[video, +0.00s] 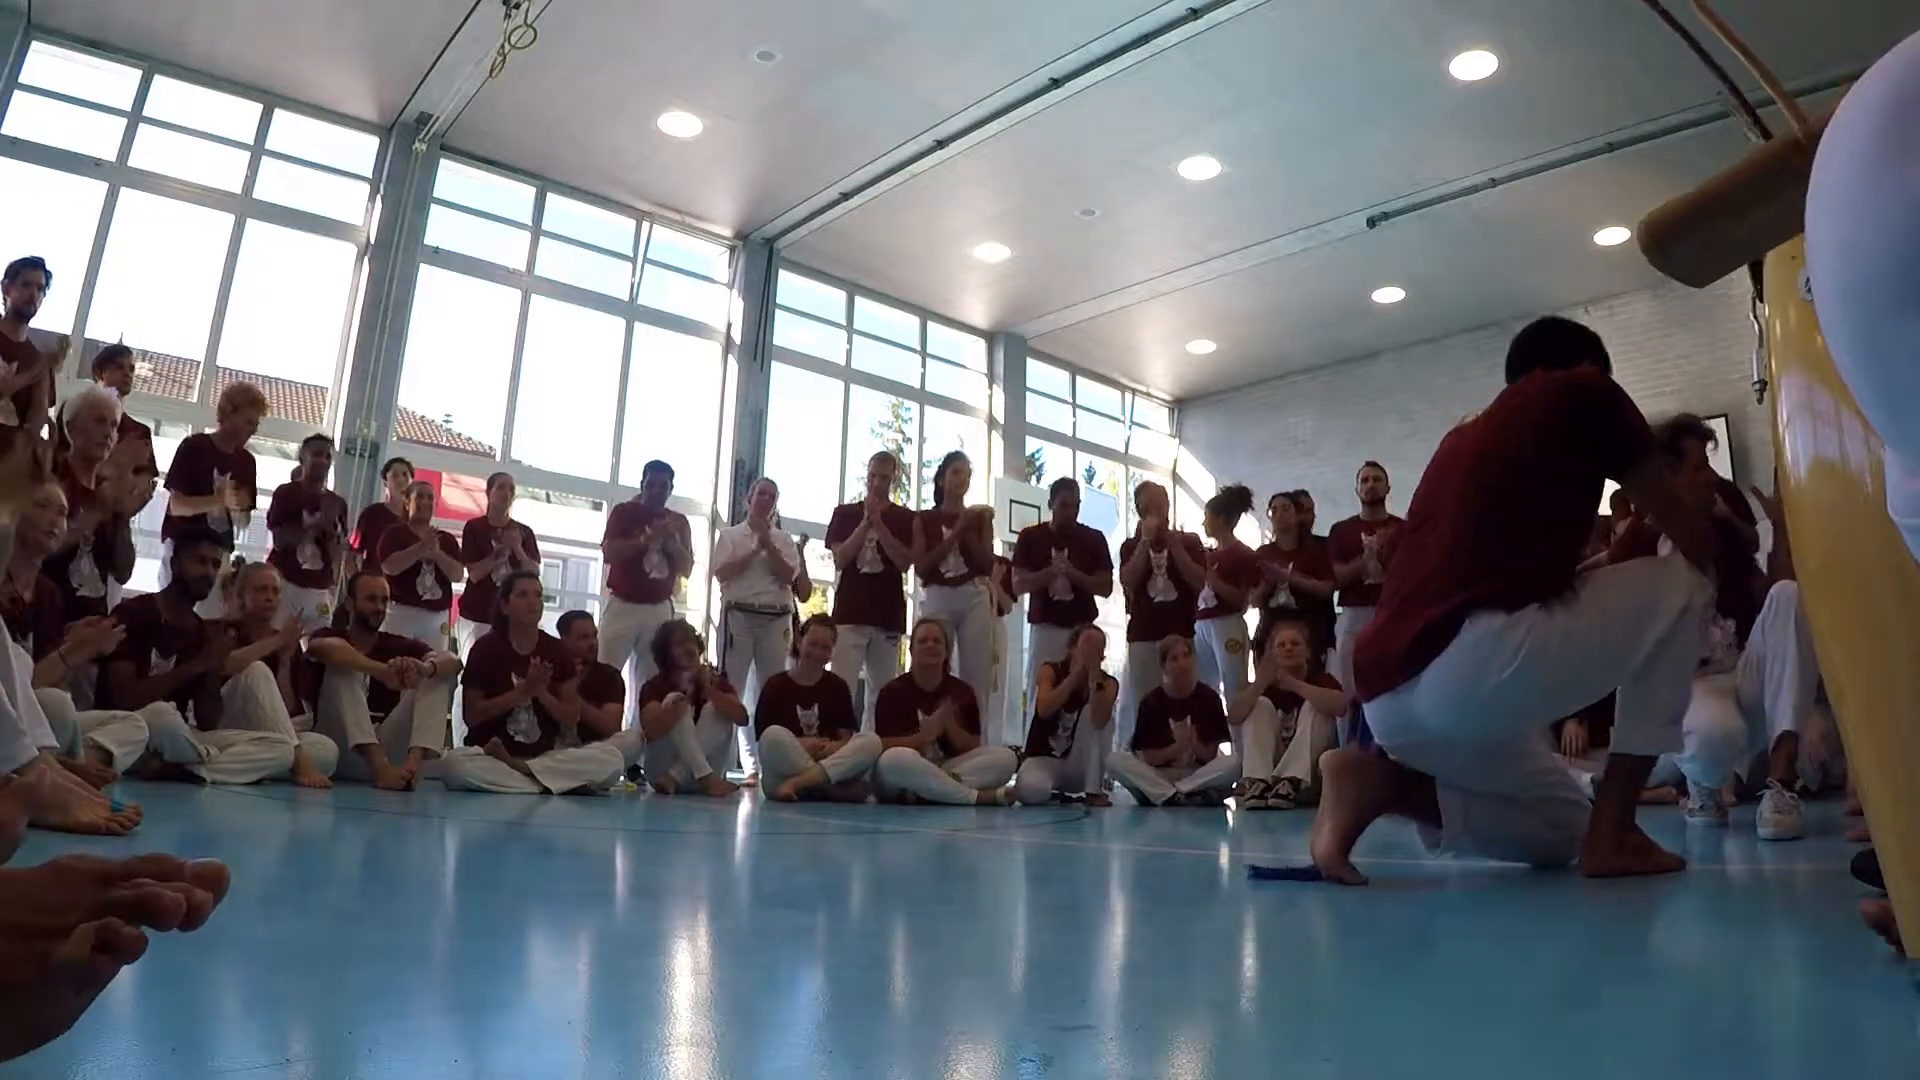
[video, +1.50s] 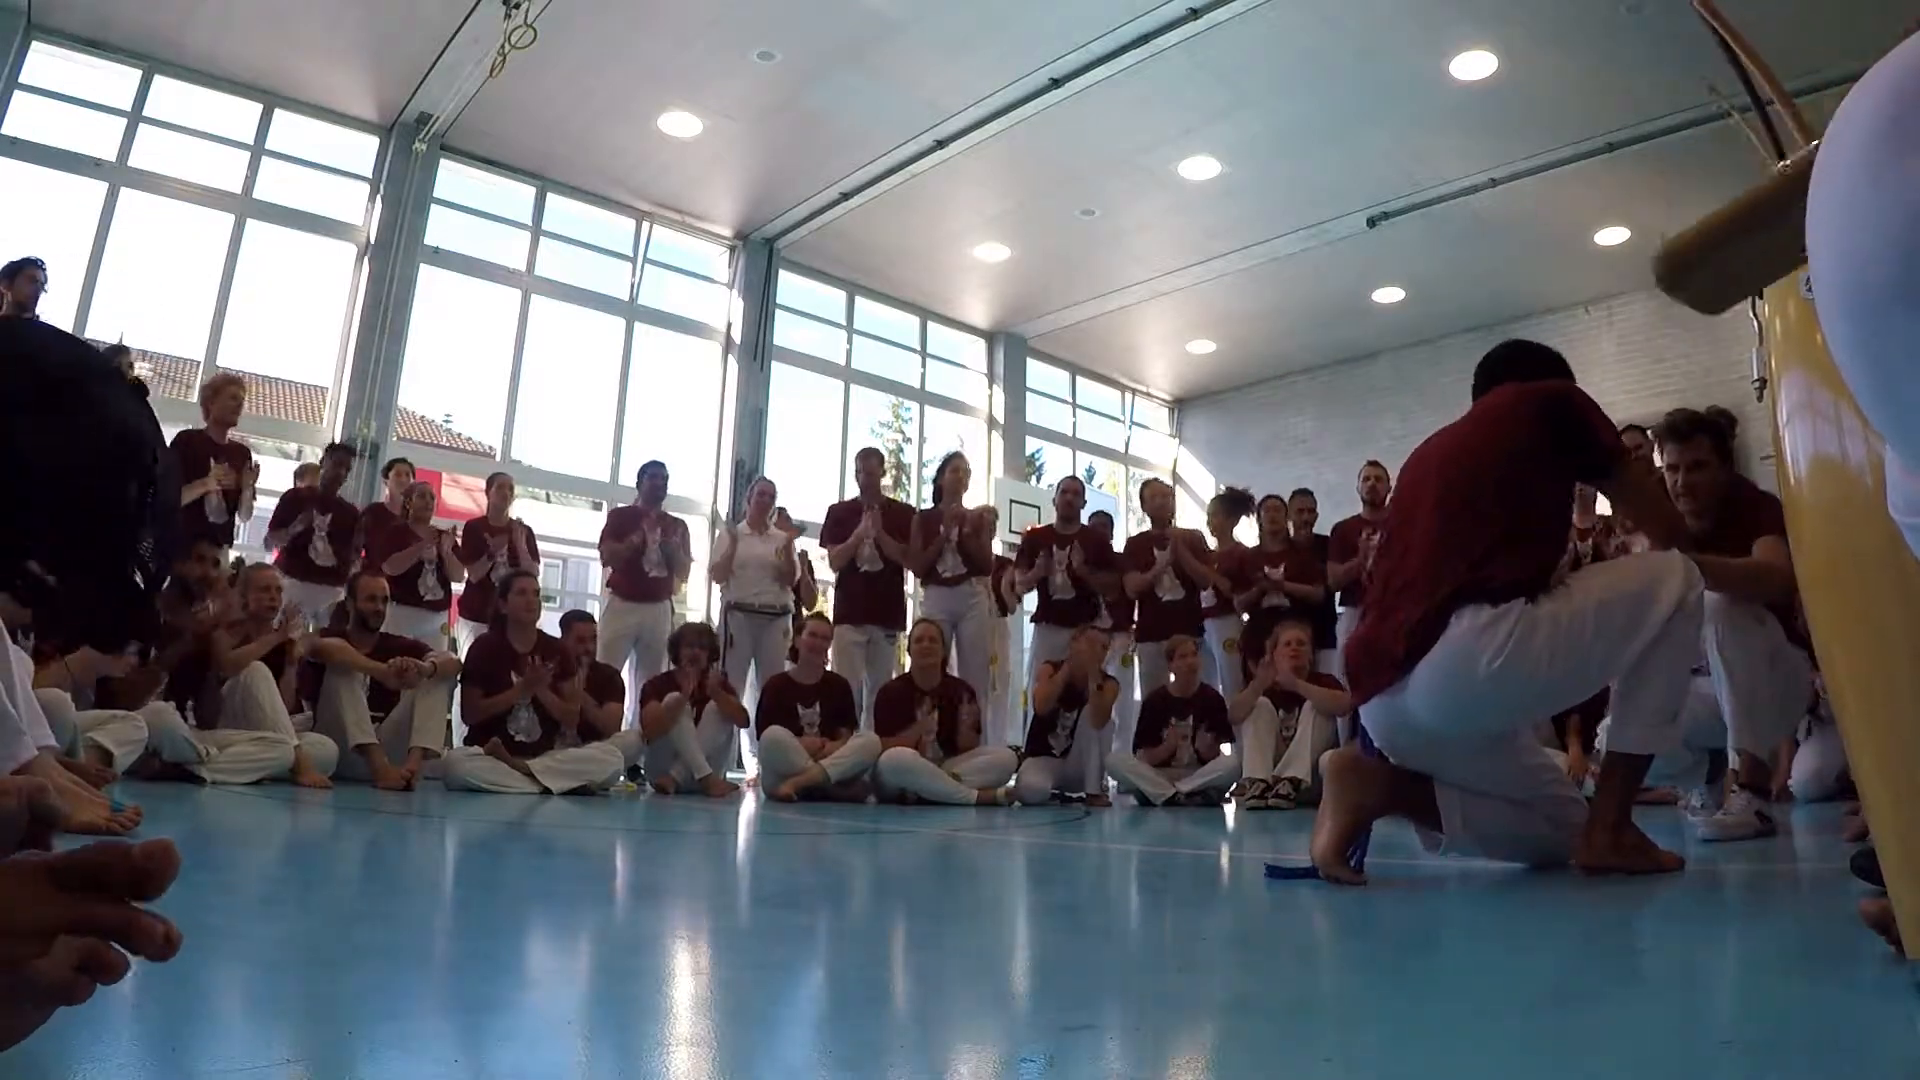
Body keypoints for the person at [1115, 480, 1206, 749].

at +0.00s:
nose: (1158, 514)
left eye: (1163, 507)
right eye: (1150, 509)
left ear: (1169, 506)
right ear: (1139, 511)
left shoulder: (1189, 542)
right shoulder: (1130, 546)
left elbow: (1199, 582)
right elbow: (1129, 582)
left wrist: (1176, 547)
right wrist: (1145, 542)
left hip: (1181, 632)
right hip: (1143, 634)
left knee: (1184, 700)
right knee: (1143, 702)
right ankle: (1139, 764)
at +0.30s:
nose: (1148, 515)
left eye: (1153, 509)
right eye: (1142, 511)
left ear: (1162, 508)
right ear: (1133, 513)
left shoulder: (1184, 541)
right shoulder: (1128, 545)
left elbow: (1197, 583)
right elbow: (1127, 583)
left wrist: (1175, 548)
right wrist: (1143, 541)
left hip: (1178, 630)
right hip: (1141, 633)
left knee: (1182, 696)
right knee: (1145, 701)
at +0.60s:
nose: (1147, 517)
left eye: (1151, 510)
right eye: (1140, 512)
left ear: (1159, 509)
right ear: (1130, 514)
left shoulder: (1181, 540)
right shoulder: (1125, 548)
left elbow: (1196, 583)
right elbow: (1124, 584)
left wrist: (1177, 552)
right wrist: (1142, 541)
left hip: (1178, 634)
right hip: (1140, 639)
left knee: (1185, 704)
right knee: (1144, 709)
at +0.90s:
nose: (1149, 515)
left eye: (1153, 509)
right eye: (1142, 510)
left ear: (1160, 508)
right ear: (1131, 513)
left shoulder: (1182, 541)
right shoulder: (1124, 547)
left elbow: (1197, 583)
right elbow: (1125, 583)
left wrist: (1178, 550)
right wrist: (1141, 540)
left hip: (1178, 632)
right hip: (1141, 634)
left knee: (1184, 696)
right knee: (1144, 701)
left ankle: (1188, 754)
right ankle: (1143, 759)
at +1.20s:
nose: (1154, 508)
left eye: (1158, 501)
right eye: (1147, 502)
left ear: (1164, 504)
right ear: (1135, 509)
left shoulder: (1184, 539)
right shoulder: (1128, 546)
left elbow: (1200, 581)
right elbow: (1128, 588)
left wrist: (1179, 551)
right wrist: (1151, 553)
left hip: (1181, 632)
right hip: (1144, 636)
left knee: (1188, 696)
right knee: (1148, 700)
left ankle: (1191, 753)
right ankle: (1148, 754)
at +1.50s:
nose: (1165, 501)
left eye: (1168, 496)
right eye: (1156, 497)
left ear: (1174, 501)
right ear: (1144, 507)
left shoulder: (1193, 538)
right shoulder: (1136, 543)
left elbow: (1206, 581)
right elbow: (1132, 588)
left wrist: (1181, 551)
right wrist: (1160, 566)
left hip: (1190, 632)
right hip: (1151, 635)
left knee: (1193, 703)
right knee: (1154, 706)